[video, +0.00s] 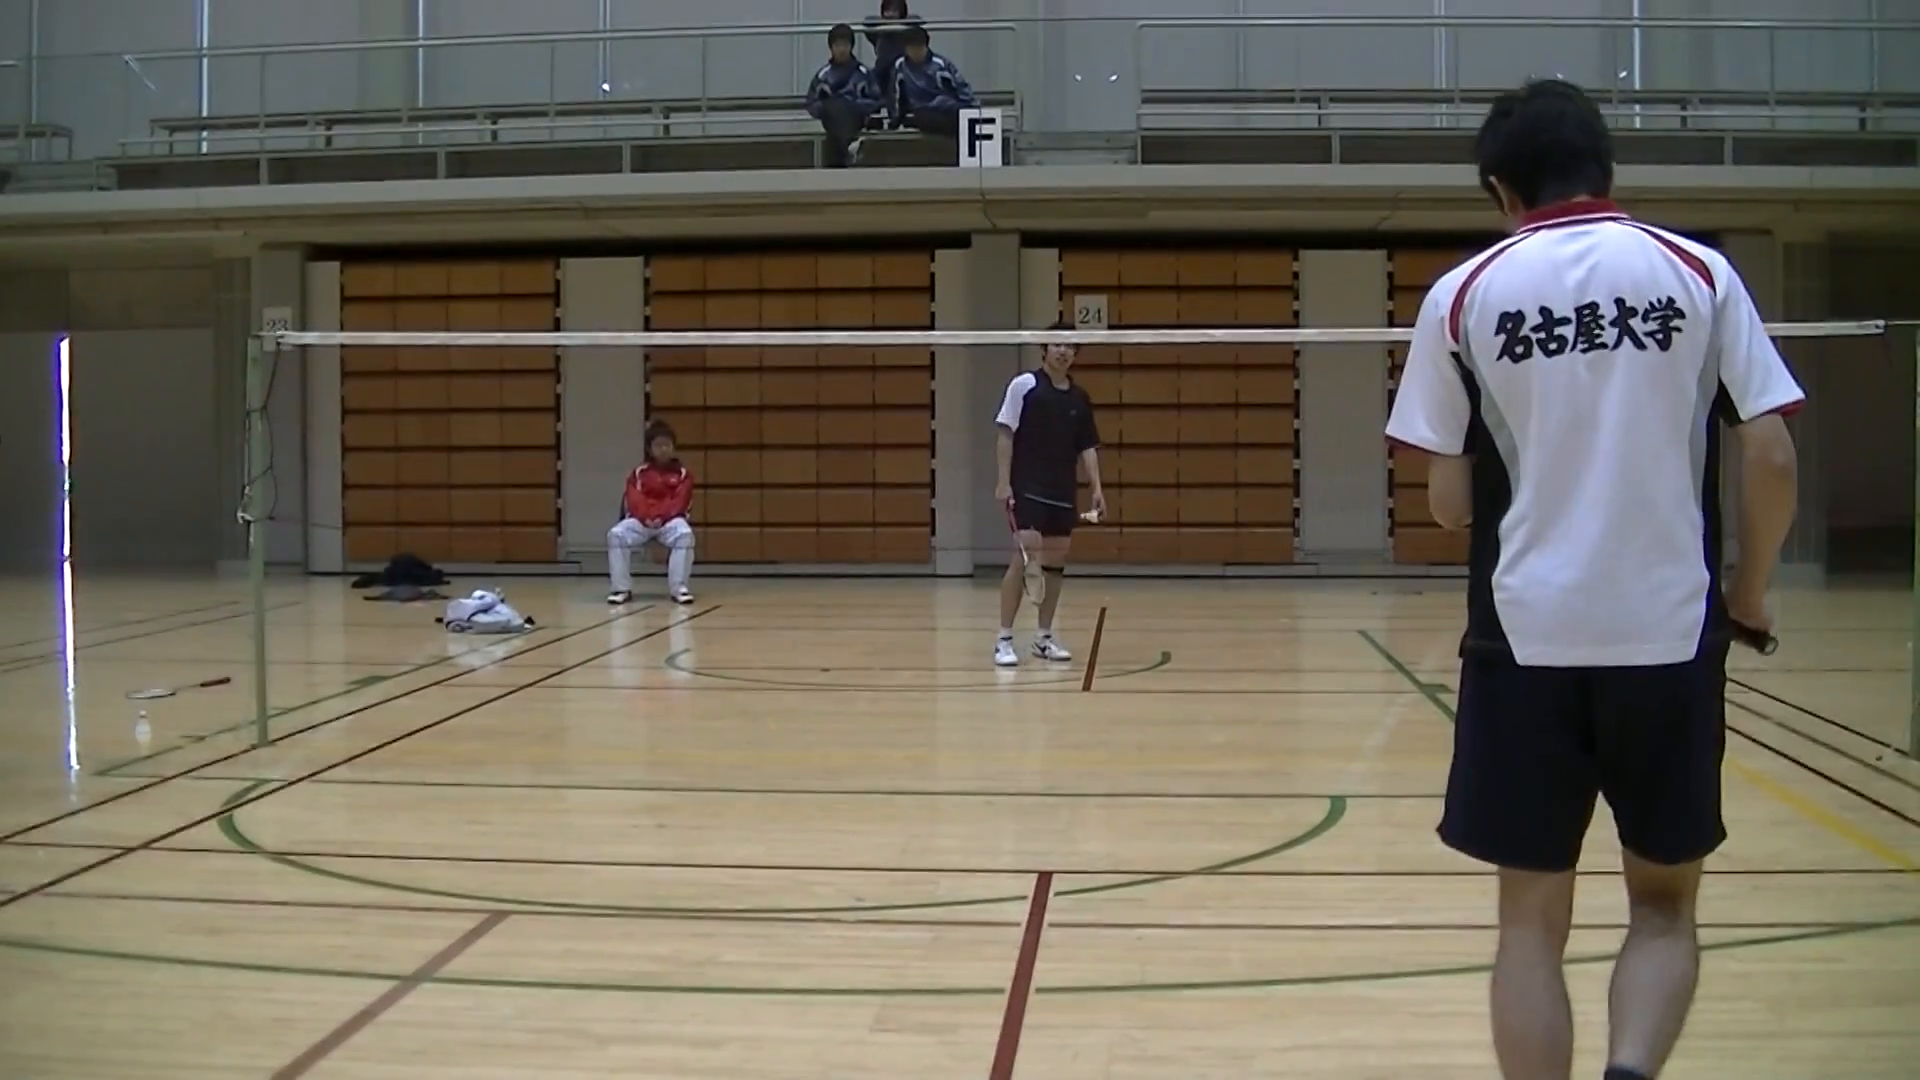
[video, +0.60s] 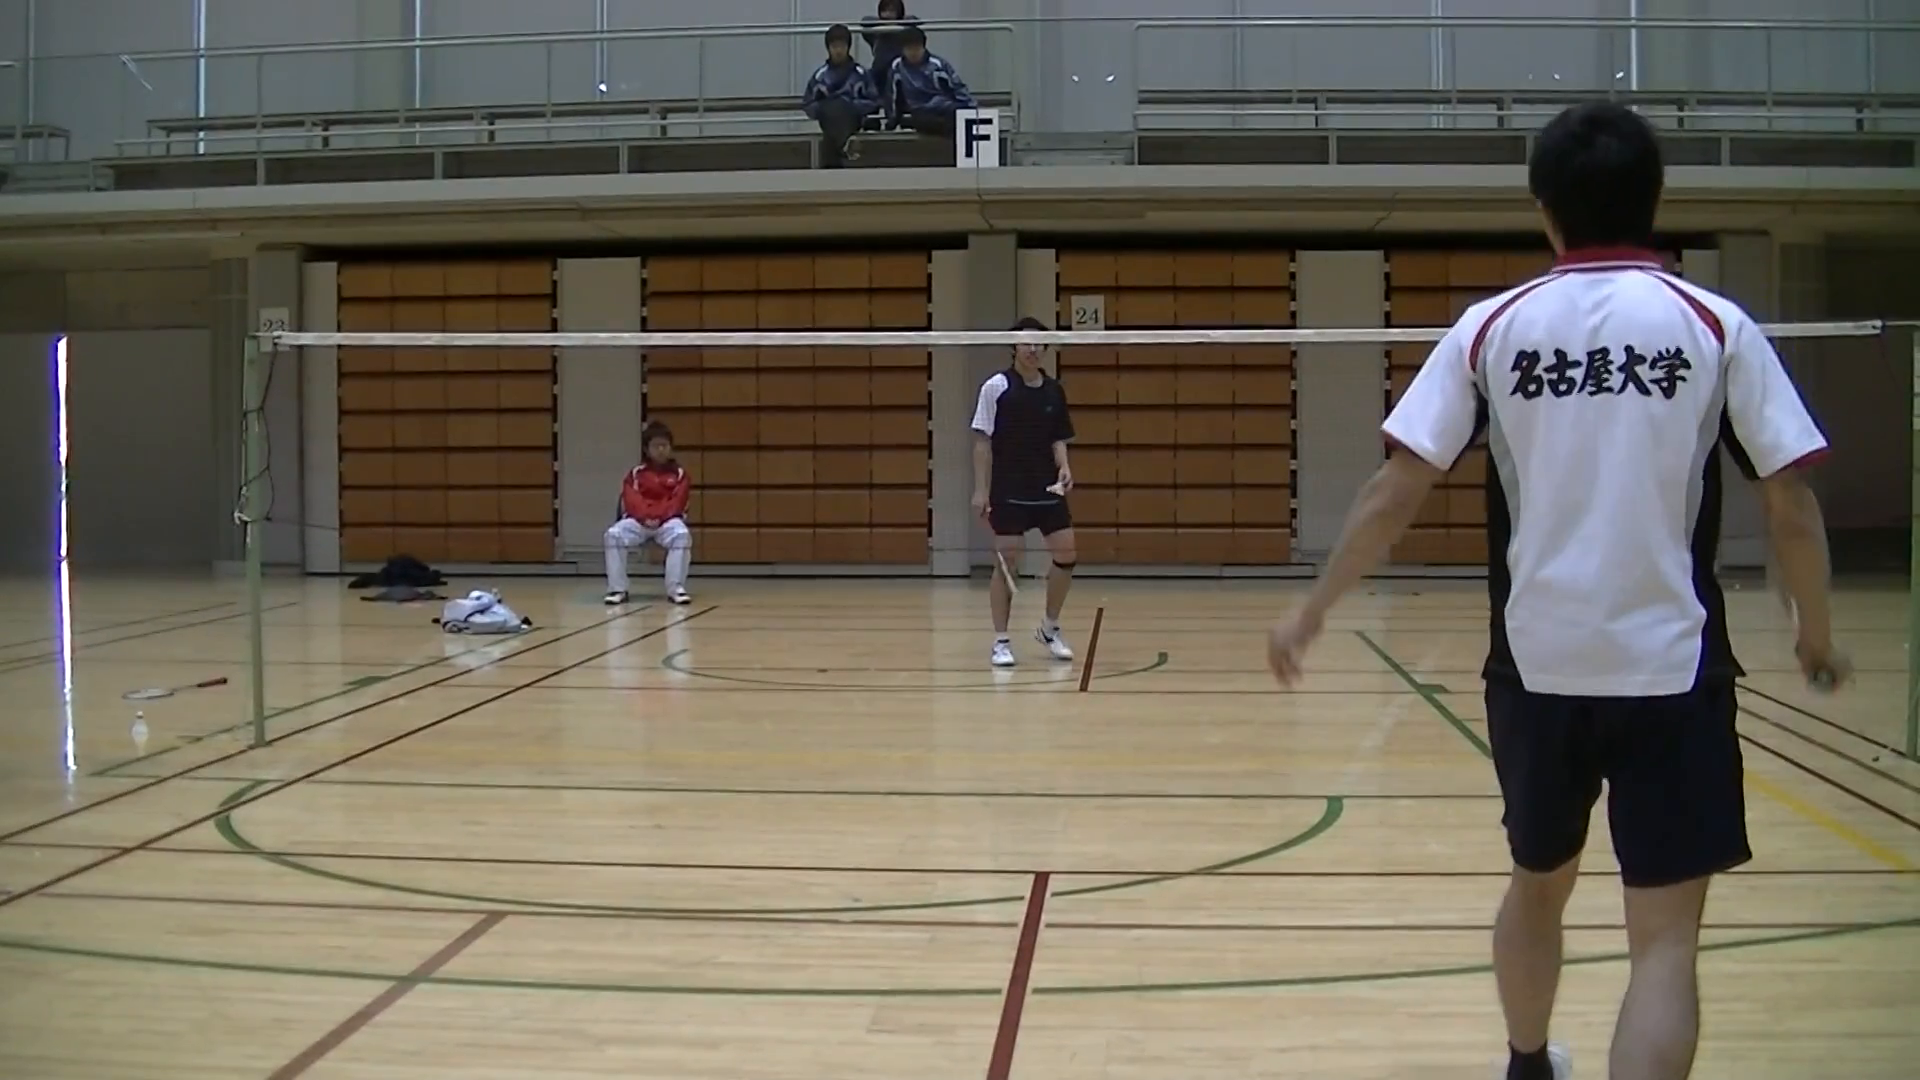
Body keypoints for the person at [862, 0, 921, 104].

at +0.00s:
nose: (890, 14)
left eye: (895, 10)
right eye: (887, 10)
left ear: (902, 12)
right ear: (882, 12)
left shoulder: (906, 29)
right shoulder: (878, 32)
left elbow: (917, 20)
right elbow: (867, 23)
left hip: (902, 66)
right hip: (881, 66)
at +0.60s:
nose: (887, 14)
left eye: (892, 10)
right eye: (884, 10)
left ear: (899, 13)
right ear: (880, 13)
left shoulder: (904, 29)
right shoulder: (875, 32)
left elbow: (915, 20)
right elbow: (865, 22)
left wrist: (897, 23)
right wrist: (883, 22)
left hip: (901, 69)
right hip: (879, 70)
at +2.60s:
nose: (884, 12)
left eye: (889, 9)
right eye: (881, 9)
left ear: (895, 12)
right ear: (876, 12)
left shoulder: (901, 31)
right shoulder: (872, 34)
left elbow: (910, 19)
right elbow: (861, 21)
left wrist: (893, 22)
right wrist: (879, 21)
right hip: (873, 73)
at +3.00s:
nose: (883, 13)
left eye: (887, 9)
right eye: (879, 9)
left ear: (894, 12)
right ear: (874, 12)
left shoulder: (899, 30)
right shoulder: (870, 33)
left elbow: (909, 19)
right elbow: (860, 21)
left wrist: (892, 23)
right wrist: (880, 22)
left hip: (896, 69)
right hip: (873, 70)